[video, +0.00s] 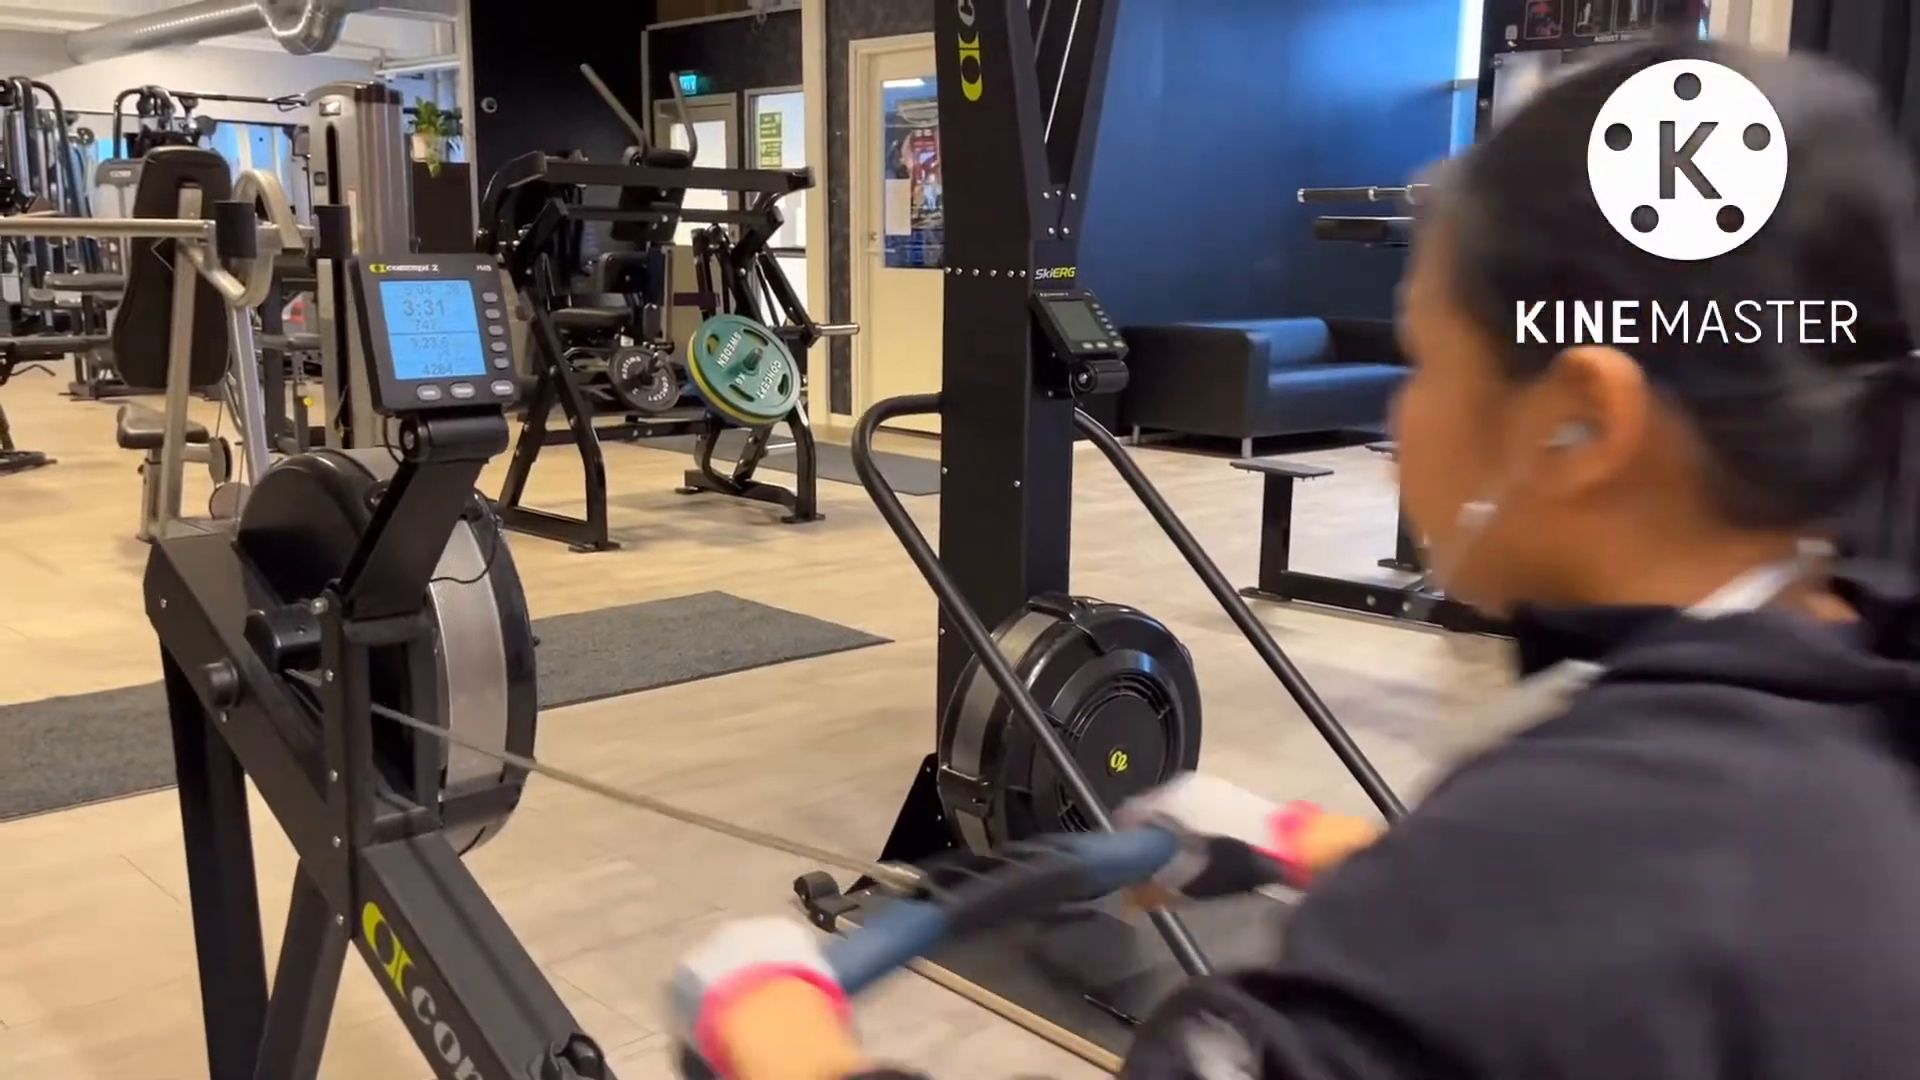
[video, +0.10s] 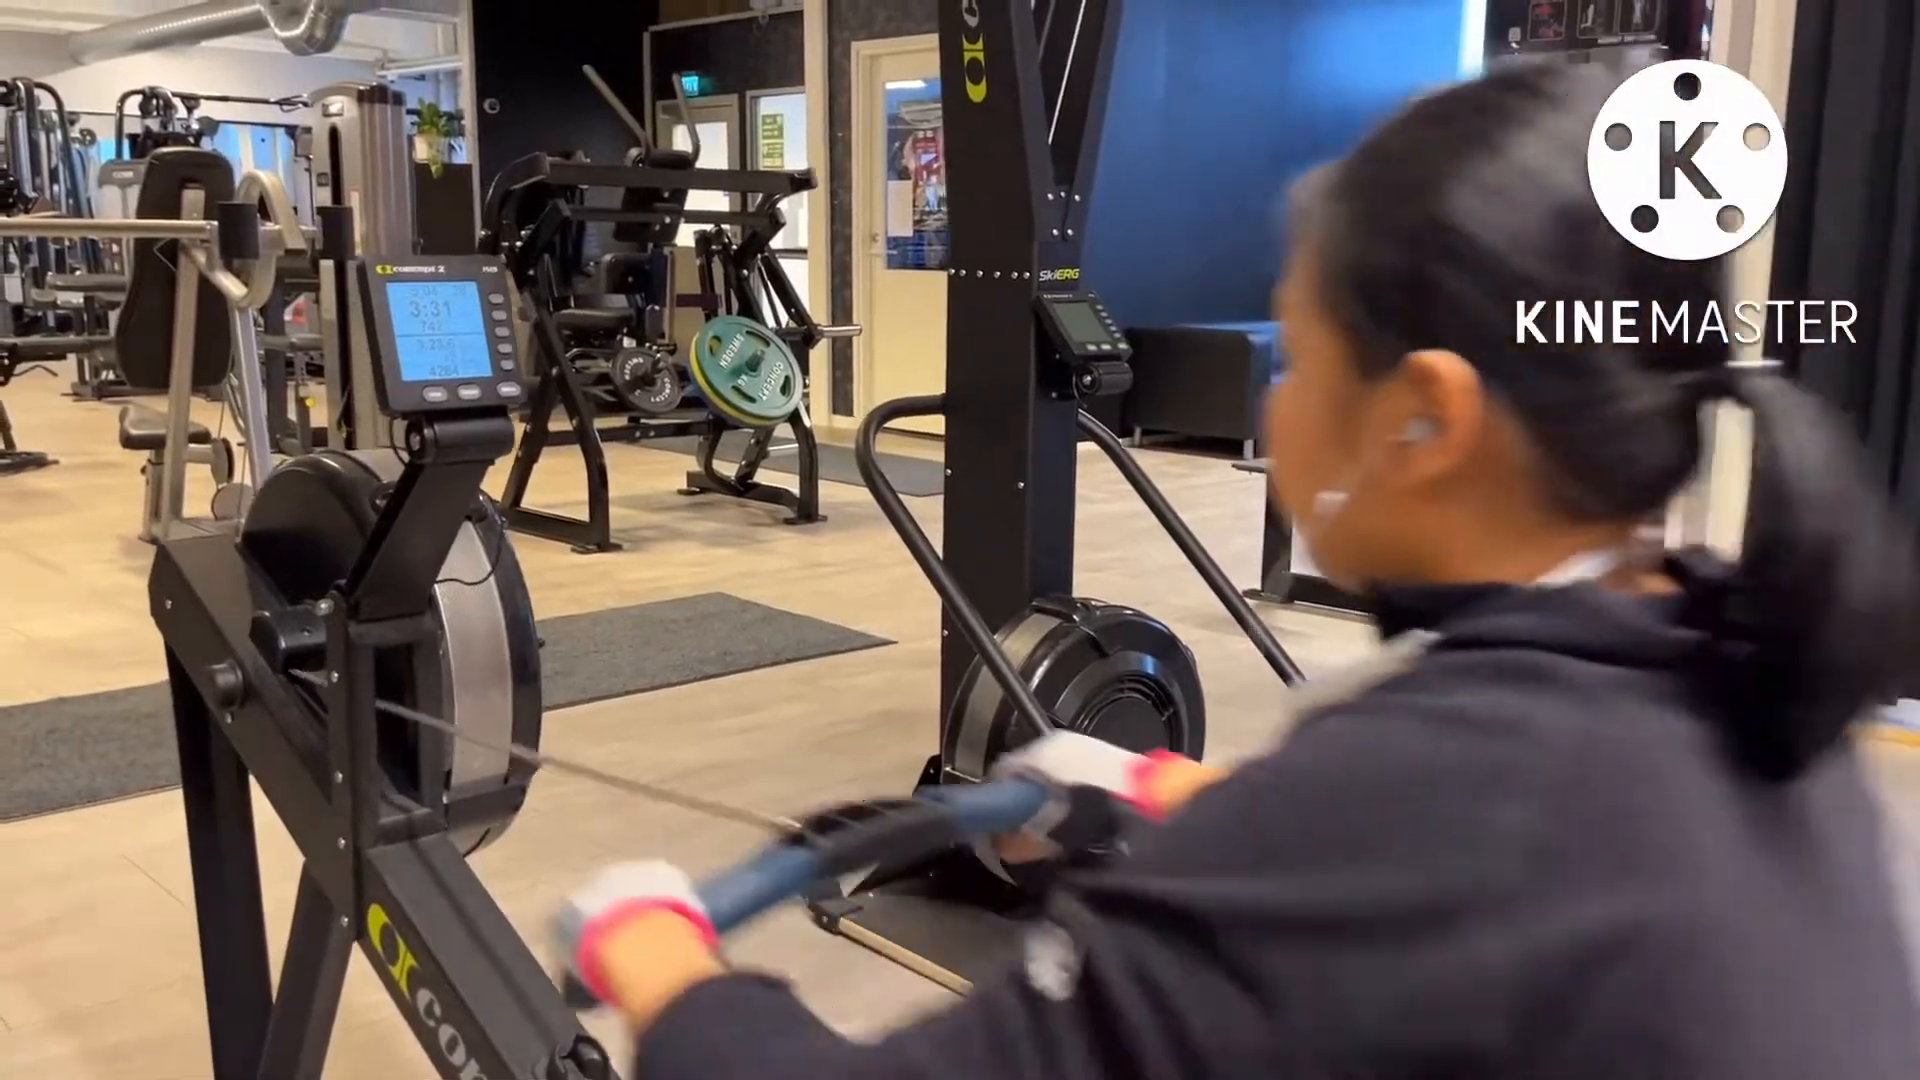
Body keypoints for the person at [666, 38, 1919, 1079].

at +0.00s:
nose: (1392, 422)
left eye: (1419, 366)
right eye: (1407, 364)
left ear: (1581, 426)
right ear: (1823, 404)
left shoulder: (1462, 930)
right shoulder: (1875, 698)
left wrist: (787, 1048)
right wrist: (1402, 858)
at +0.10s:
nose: (1267, 400)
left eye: (1291, 357)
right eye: (1281, 350)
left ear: (1430, 422)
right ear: (1655, 405)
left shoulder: (1416, 793)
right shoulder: (1774, 696)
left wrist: (670, 982)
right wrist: (1220, 821)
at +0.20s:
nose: (1150, 401)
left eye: (1172, 360)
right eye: (1163, 355)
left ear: (1293, 417)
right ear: (1507, 387)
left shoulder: (1273, 758)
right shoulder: (1598, 633)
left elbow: (778, 1047)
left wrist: (574, 902)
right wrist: (1097, 770)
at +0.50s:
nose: (957, 390)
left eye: (976, 355)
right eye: (976, 348)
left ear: (1061, 425)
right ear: (1264, 393)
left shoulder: (989, 678)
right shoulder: (1352, 586)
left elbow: (648, 783)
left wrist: (412, 736)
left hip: (1243, 1068)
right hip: (1509, 1046)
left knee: (833, 974)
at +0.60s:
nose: (961, 396)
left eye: (980, 361)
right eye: (978, 355)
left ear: (1066, 433)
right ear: (1268, 404)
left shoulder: (988, 673)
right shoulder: (1349, 575)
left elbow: (654, 727)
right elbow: (1137, 634)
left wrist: (414, 697)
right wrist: (903, 627)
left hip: (1270, 1070)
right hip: (1525, 1048)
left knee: (856, 977)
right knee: (906, 948)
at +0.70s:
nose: (1014, 392)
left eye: (1035, 357)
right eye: (1031, 350)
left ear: (1135, 433)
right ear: (1337, 399)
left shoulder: (1052, 691)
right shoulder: (1420, 593)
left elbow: (707, 742)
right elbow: (1197, 654)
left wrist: (456, 712)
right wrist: (952, 629)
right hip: (1608, 1045)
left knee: (895, 1001)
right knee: (948, 977)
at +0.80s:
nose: (1137, 390)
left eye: (1164, 356)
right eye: (1154, 348)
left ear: (1285, 428)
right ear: (1492, 393)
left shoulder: (1228, 746)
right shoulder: (1573, 623)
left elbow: (855, 829)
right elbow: (1309, 691)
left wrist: (567, 791)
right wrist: (1045, 698)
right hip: (1728, 1043)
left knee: (1007, 1010)